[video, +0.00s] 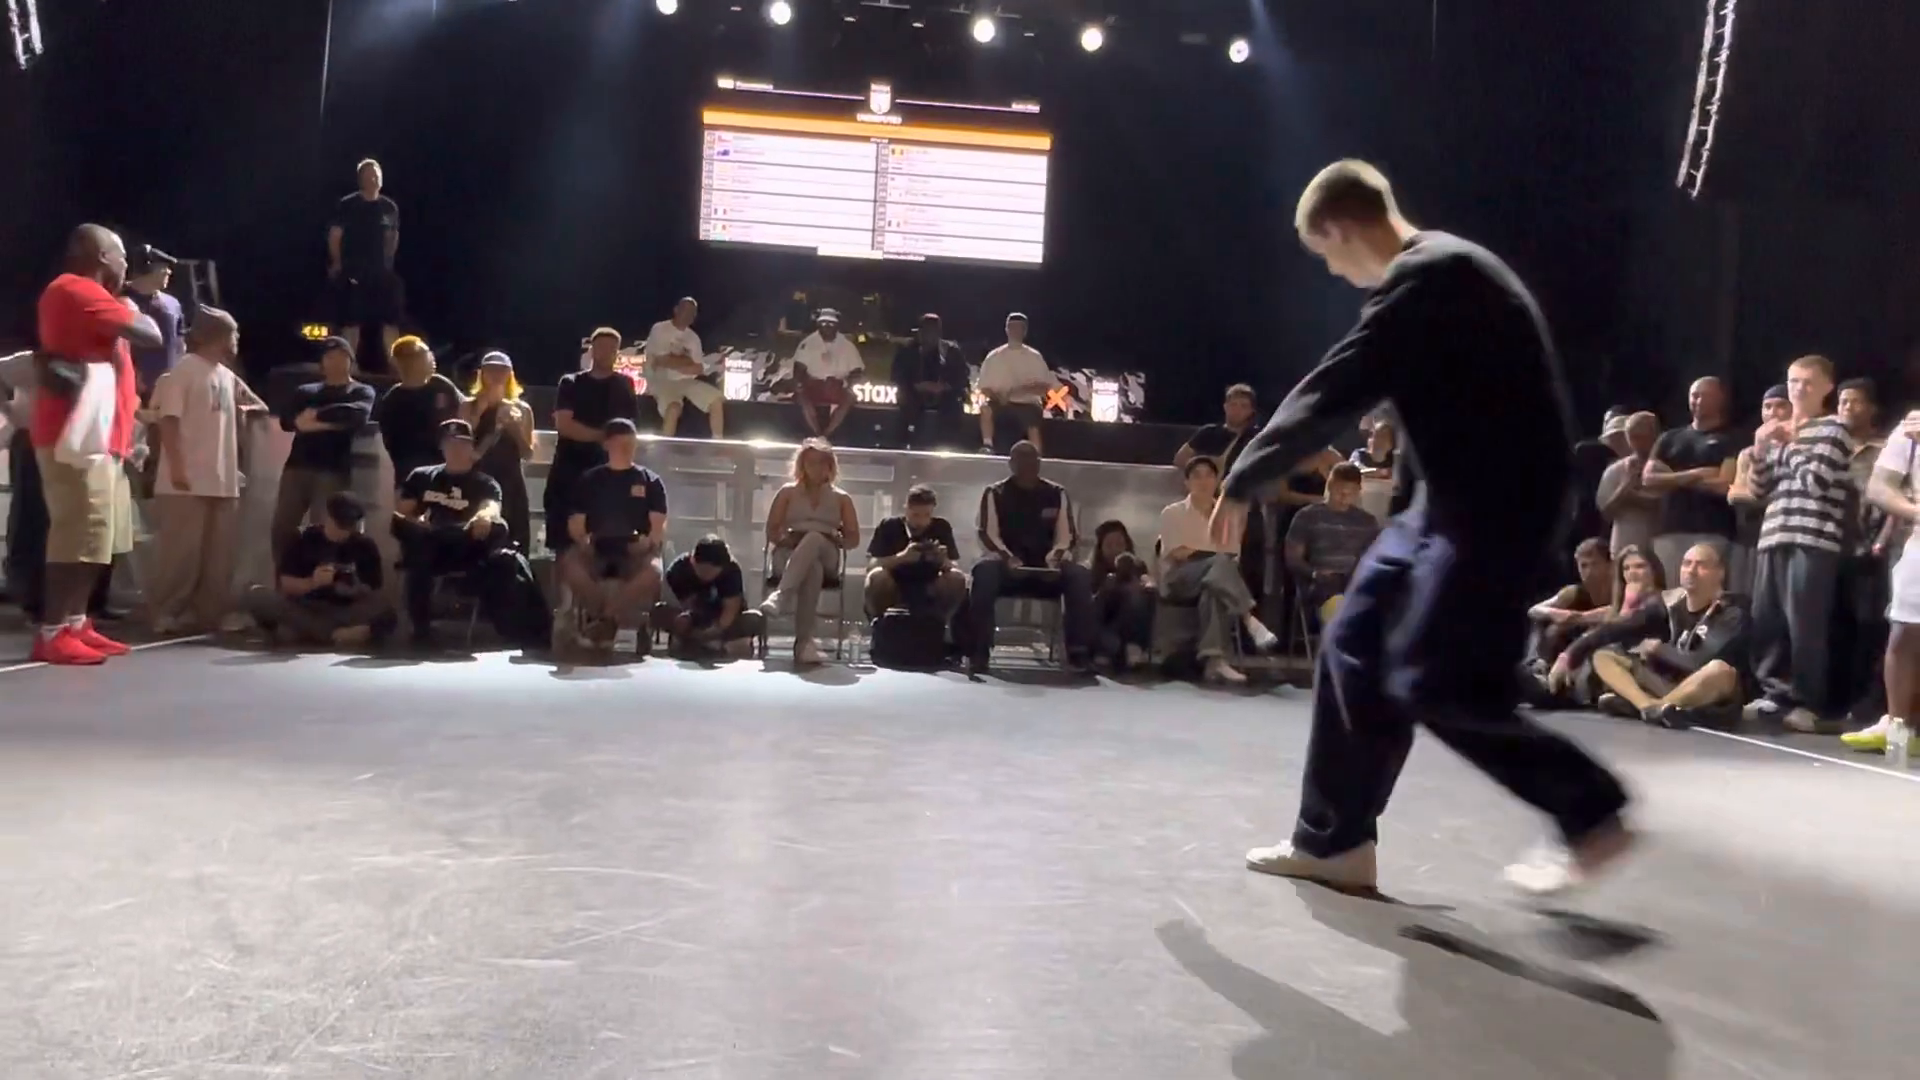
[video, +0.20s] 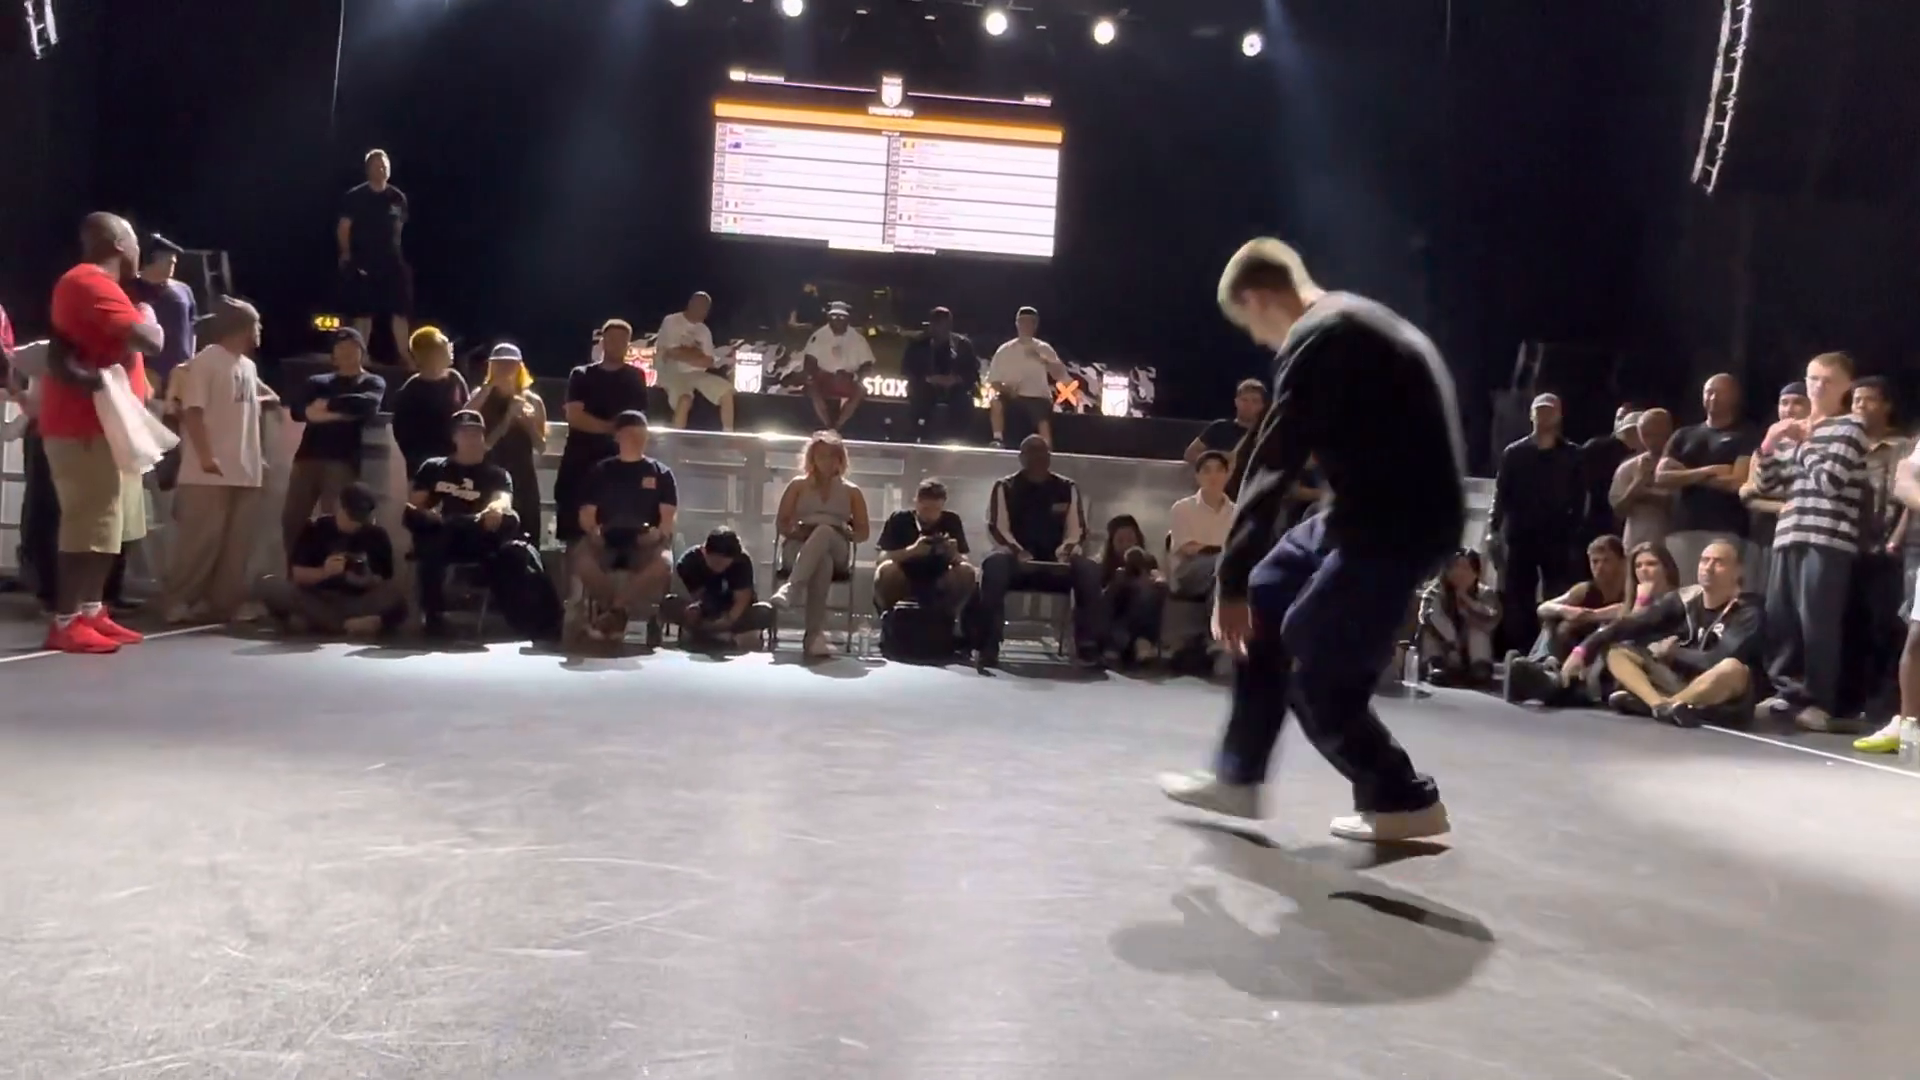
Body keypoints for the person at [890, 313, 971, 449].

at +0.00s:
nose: (930, 337)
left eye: (934, 332)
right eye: (926, 332)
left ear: (940, 333)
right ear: (920, 332)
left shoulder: (951, 350)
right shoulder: (908, 350)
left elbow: (962, 379)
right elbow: (898, 377)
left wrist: (942, 387)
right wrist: (919, 387)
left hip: (944, 398)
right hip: (916, 399)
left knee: (954, 402)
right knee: (904, 398)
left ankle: (951, 442)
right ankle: (902, 442)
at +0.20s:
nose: (941, 330)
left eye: (944, 325)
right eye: (937, 325)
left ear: (950, 325)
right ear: (931, 325)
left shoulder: (962, 344)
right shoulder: (918, 344)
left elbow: (972, 374)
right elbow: (907, 370)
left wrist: (954, 380)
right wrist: (928, 379)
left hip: (955, 391)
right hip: (927, 391)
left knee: (964, 397)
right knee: (918, 391)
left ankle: (960, 436)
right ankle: (915, 432)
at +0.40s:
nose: (949, 322)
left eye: (953, 318)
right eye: (945, 318)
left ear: (959, 318)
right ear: (939, 318)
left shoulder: (971, 337)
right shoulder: (928, 338)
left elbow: (982, 365)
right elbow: (917, 363)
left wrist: (963, 371)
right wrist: (938, 371)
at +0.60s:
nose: (958, 319)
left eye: (962, 314)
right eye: (954, 314)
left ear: (967, 315)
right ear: (947, 315)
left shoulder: (979, 333)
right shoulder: (935, 333)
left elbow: (989, 363)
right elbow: (926, 361)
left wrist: (971, 369)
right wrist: (947, 368)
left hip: (971, 383)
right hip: (945, 384)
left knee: (981, 385)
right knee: (933, 379)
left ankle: (970, 422)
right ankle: (947, 420)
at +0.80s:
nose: (964, 315)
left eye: (967, 311)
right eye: (959, 311)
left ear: (972, 312)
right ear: (952, 312)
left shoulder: (984, 330)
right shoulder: (940, 330)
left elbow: (994, 360)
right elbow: (931, 358)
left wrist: (976, 367)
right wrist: (952, 366)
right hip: (949, 386)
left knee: (986, 385)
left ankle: (977, 423)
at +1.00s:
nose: (969, 315)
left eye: (973, 310)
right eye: (965, 310)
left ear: (977, 312)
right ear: (957, 311)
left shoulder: (988, 331)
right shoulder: (945, 330)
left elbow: (998, 360)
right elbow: (934, 356)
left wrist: (981, 366)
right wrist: (955, 364)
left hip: (980, 378)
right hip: (954, 378)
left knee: (990, 383)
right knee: (939, 375)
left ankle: (982, 420)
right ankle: (952, 418)